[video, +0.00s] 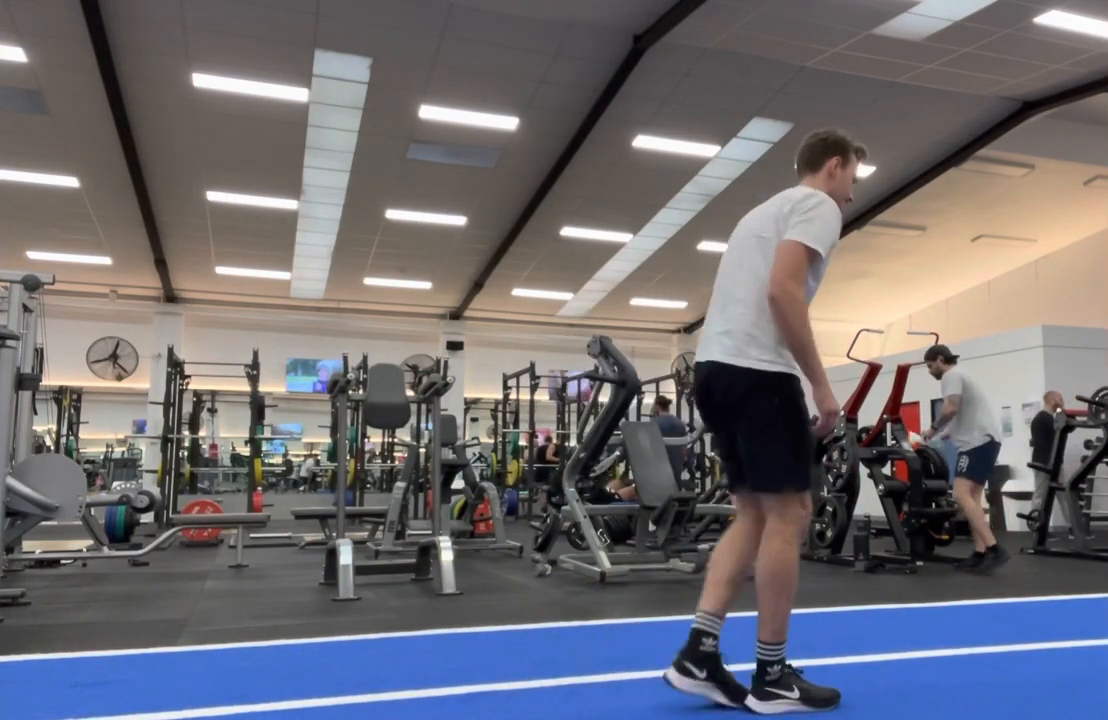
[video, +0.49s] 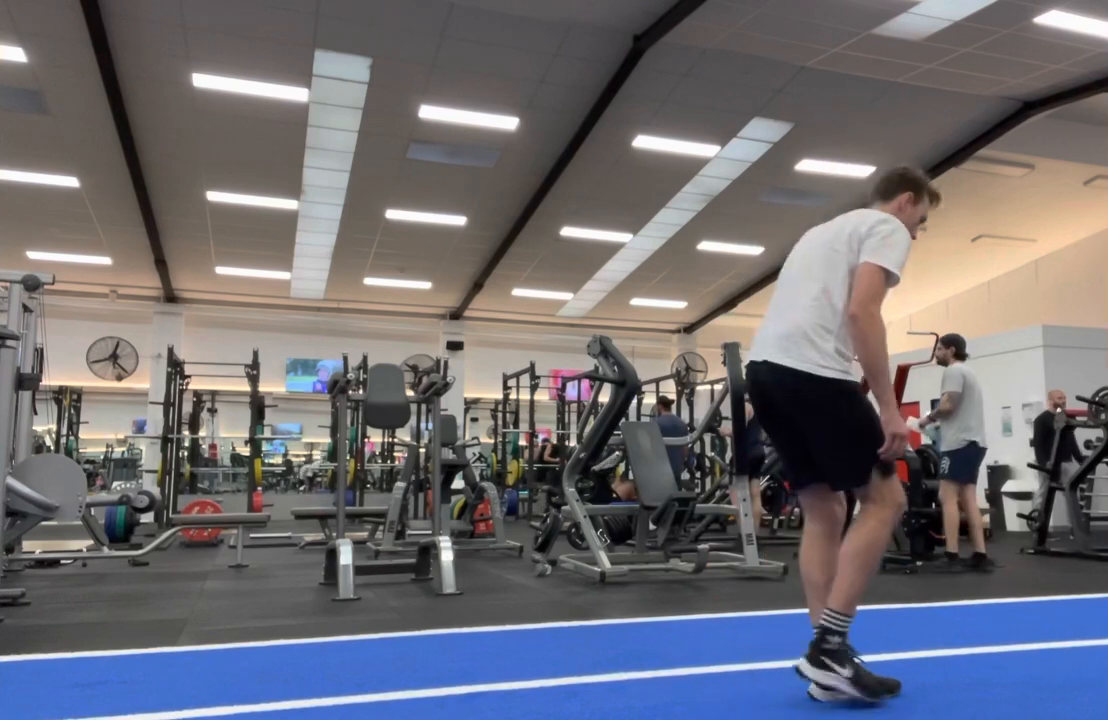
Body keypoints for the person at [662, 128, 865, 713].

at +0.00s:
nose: (852, 190)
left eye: (855, 181)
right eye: (853, 179)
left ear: (807, 167)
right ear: (835, 167)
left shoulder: (759, 215)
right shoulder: (817, 204)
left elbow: (735, 306)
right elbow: (784, 289)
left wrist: (791, 385)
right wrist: (821, 386)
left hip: (716, 373)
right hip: (759, 373)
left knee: (751, 514)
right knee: (789, 515)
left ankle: (699, 650)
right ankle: (772, 671)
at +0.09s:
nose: (860, 188)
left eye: (862, 179)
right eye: (861, 177)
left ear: (816, 166)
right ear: (846, 166)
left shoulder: (765, 216)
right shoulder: (832, 205)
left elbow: (743, 316)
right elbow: (813, 297)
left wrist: (735, 406)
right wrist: (850, 392)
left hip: (734, 371)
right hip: (774, 372)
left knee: (786, 511)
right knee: (798, 517)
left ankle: (738, 639)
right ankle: (772, 673)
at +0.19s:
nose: (873, 184)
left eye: (876, 176)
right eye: (874, 174)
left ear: (828, 165)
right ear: (856, 163)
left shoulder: (774, 213)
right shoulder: (847, 202)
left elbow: (752, 307)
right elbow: (836, 295)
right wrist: (874, 386)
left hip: (748, 369)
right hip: (788, 371)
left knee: (815, 507)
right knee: (794, 517)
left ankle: (798, 652)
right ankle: (770, 674)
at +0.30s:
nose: (885, 190)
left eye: (887, 181)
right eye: (886, 179)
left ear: (839, 169)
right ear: (870, 169)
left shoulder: (783, 219)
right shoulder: (860, 206)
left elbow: (748, 315)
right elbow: (851, 298)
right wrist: (892, 393)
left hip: (758, 373)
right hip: (801, 373)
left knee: (820, 514)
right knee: (809, 520)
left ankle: (832, 657)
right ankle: (773, 671)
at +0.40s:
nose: (899, 205)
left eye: (902, 197)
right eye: (901, 195)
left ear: (859, 178)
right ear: (887, 181)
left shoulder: (799, 225)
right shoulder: (871, 214)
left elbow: (767, 316)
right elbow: (857, 302)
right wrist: (896, 397)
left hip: (765, 374)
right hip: (810, 375)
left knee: (818, 516)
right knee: (858, 512)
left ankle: (832, 657)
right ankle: (787, 653)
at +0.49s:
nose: (918, 231)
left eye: (922, 225)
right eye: (921, 222)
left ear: (881, 197)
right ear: (906, 202)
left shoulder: (821, 232)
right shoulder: (888, 227)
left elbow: (809, 324)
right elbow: (861, 311)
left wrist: (857, 389)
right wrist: (890, 409)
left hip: (768, 372)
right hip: (818, 373)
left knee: (822, 512)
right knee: (885, 500)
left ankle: (828, 659)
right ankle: (831, 644)